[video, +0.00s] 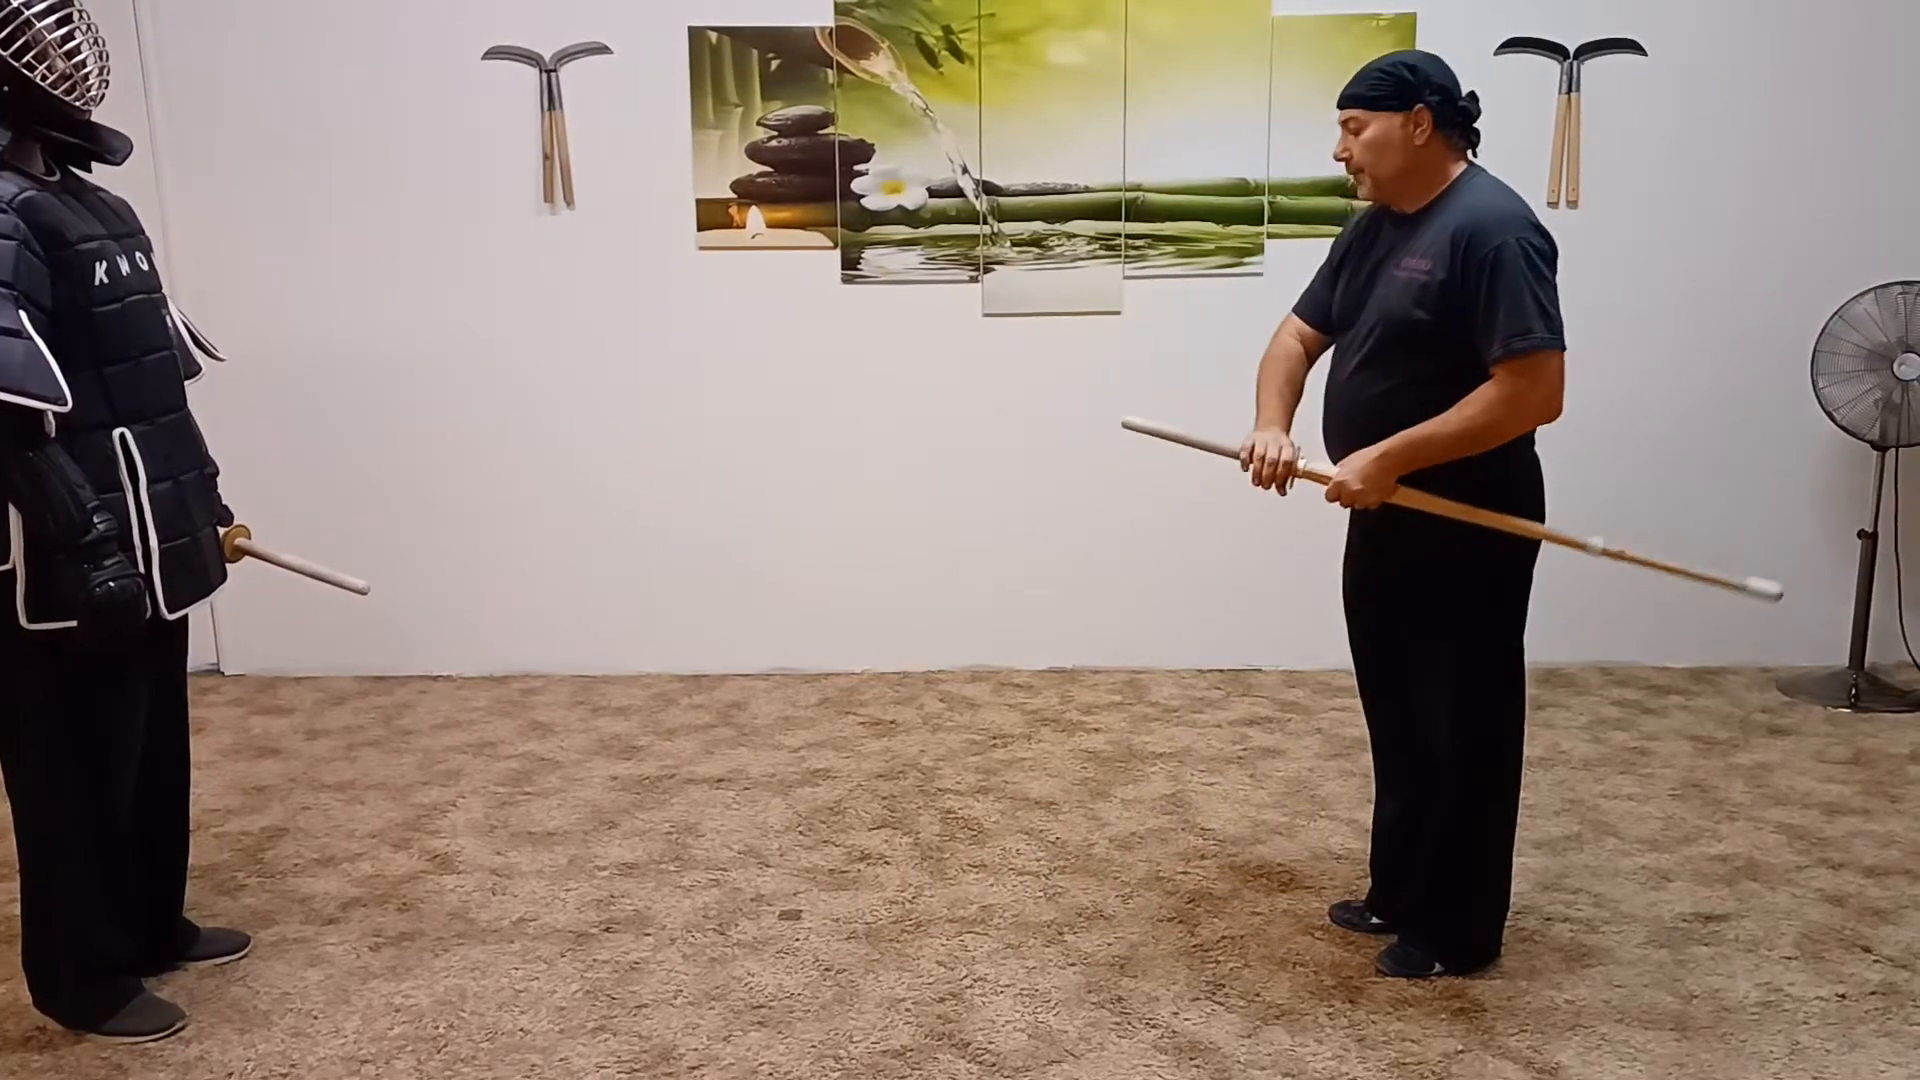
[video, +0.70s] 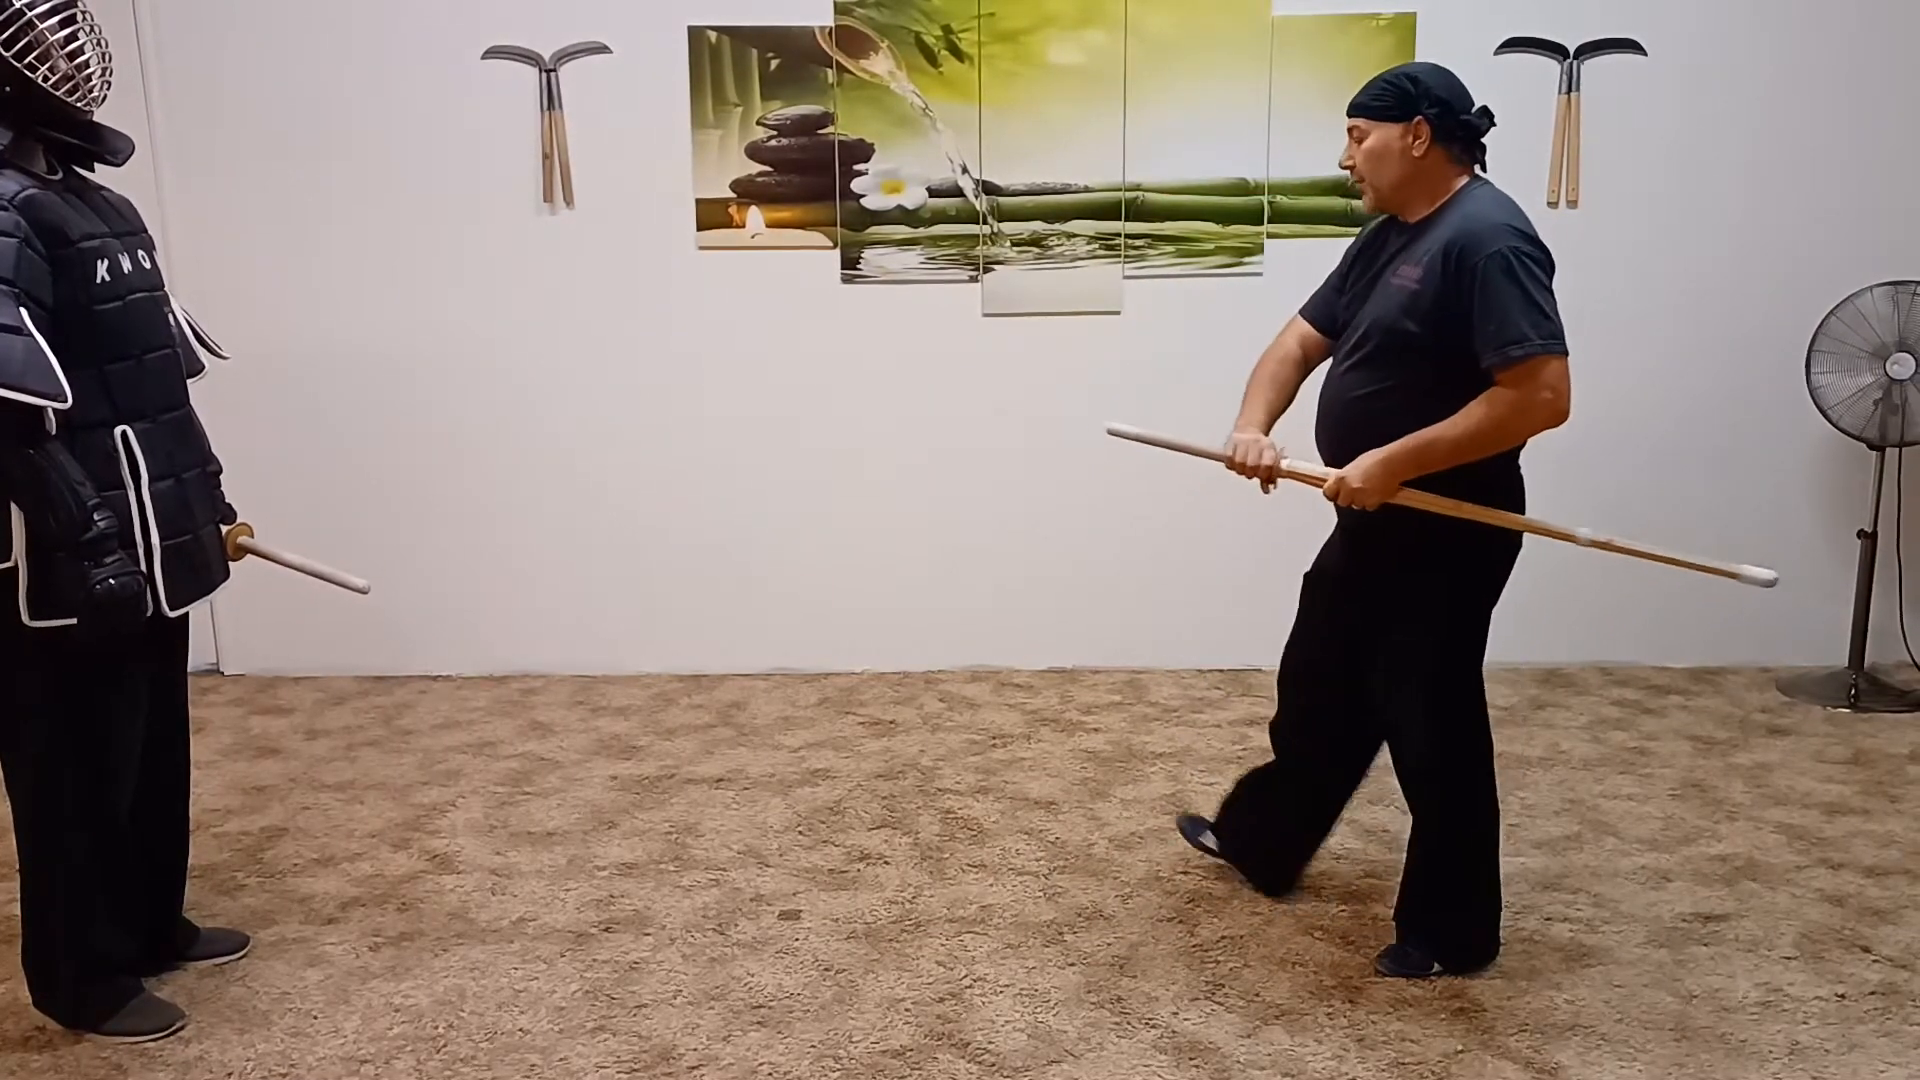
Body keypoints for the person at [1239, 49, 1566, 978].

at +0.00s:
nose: (1342, 150)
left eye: (1356, 128)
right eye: (1341, 131)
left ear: (1418, 124)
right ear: (1404, 132)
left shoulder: (1495, 227)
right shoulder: (1373, 228)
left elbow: (1533, 389)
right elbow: (1295, 339)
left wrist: (1391, 455)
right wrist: (1274, 426)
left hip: (1472, 518)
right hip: (1385, 509)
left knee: (1464, 718)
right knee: (1396, 710)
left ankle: (1459, 930)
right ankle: (1401, 897)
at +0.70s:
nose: (1346, 156)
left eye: (1358, 136)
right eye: (1347, 137)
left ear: (1418, 136)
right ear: (1409, 141)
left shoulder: (1489, 237)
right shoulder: (1390, 231)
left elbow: (1542, 394)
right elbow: (1303, 340)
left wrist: (1395, 462)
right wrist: (1253, 425)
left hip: (1451, 523)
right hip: (1374, 512)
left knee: (1435, 724)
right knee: (1321, 679)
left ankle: (1452, 933)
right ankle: (1265, 843)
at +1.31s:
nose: (1224, 164)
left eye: (1238, 147)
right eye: (1223, 152)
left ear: (1296, 147)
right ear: (1271, 158)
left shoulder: (1366, 230)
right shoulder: (1255, 245)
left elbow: (1463, 343)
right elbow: (1142, 291)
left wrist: (1386, 479)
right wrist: (1030, 334)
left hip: (1359, 528)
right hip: (1283, 520)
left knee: (1395, 733)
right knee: (1247, 686)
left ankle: (1455, 929)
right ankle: (1213, 846)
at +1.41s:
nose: (1203, 176)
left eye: (1216, 158)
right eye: (1200, 164)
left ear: (1273, 154)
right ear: (1250, 164)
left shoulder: (1343, 232)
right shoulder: (1231, 251)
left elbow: (1449, 335)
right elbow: (1123, 287)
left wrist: (1391, 478)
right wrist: (1012, 322)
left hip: (1350, 525)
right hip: (1272, 521)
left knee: (1392, 728)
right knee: (1229, 674)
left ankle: (1456, 929)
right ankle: (1209, 845)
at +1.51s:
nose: (1187, 188)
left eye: (1198, 168)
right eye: (1183, 174)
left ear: (1254, 159)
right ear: (1230, 170)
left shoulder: (1327, 232)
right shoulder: (1212, 257)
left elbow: (1438, 334)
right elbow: (1107, 283)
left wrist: (1413, 484)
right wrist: (998, 315)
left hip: (1346, 531)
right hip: (1262, 527)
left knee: (1393, 731)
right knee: (1216, 667)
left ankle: (1457, 929)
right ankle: (1204, 845)